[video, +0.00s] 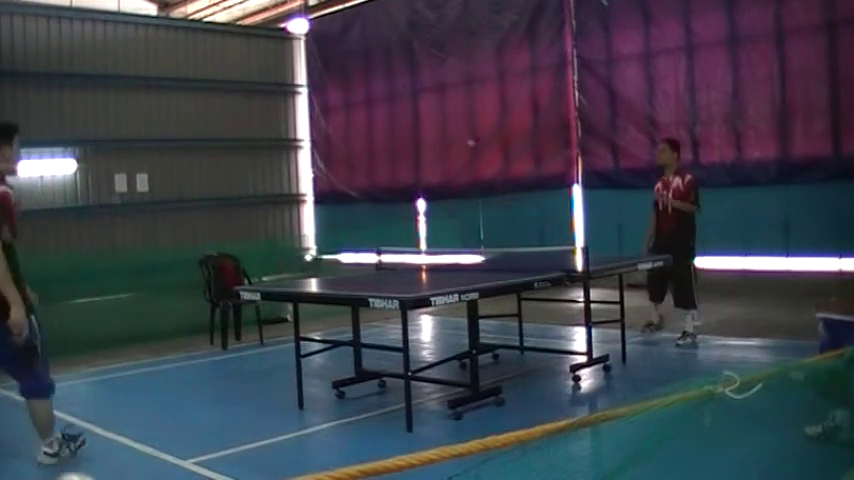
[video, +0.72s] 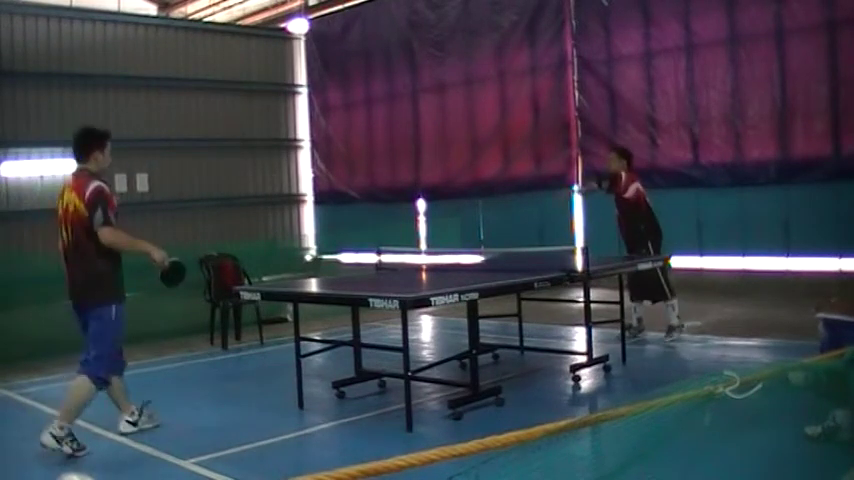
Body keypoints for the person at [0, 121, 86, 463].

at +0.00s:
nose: (16, 159)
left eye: (15, 151)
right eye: (12, 152)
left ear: (9, 152)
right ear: (0, 153)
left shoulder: (7, 195)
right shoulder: (4, 197)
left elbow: (6, 251)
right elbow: (2, 254)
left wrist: (23, 288)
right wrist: (13, 302)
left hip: (12, 298)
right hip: (9, 302)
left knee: (33, 371)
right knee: (33, 371)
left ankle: (51, 441)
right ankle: (50, 443)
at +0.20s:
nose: (52, 156)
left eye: (50, 149)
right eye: (49, 149)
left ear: (21, 152)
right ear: (38, 152)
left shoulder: (6, 188)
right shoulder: (40, 197)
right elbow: (41, 253)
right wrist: (59, 304)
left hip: (9, 299)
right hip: (39, 301)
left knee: (12, 375)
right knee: (60, 374)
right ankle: (52, 442)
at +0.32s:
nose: (65, 151)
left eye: (63, 144)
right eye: (62, 144)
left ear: (33, 147)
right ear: (52, 147)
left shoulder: (10, 188)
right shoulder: (56, 189)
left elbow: (6, 244)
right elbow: (65, 241)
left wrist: (10, 283)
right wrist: (91, 284)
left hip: (20, 288)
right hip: (53, 288)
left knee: (43, 355)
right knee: (61, 364)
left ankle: (21, 416)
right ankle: (53, 442)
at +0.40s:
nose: (73, 150)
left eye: (72, 143)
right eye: (71, 144)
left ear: (42, 147)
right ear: (61, 146)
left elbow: (6, 241)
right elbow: (81, 237)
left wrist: (5, 280)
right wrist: (115, 270)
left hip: (34, 287)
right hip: (64, 289)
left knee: (61, 359)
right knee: (63, 365)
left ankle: (59, 429)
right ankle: (53, 442)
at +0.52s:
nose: (88, 152)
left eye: (87, 145)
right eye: (86, 146)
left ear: (58, 150)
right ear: (74, 149)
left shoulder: (38, 189)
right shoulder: (78, 187)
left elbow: (24, 236)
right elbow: (95, 231)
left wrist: (18, 286)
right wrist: (134, 251)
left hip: (48, 289)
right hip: (77, 290)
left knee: (85, 356)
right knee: (69, 365)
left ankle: (109, 414)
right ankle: (52, 441)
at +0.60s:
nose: (95, 155)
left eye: (94, 149)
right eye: (94, 150)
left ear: (66, 153)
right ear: (84, 152)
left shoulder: (51, 188)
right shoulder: (85, 188)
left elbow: (38, 242)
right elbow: (101, 232)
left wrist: (38, 287)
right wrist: (144, 247)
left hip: (58, 289)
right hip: (86, 292)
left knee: (97, 356)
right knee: (79, 364)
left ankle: (122, 413)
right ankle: (53, 440)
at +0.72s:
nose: (110, 157)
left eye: (109, 151)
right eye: (108, 151)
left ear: (83, 155)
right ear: (96, 154)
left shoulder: (69, 187)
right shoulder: (96, 188)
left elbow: (67, 241)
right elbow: (106, 234)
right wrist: (150, 249)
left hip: (82, 289)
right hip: (103, 290)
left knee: (109, 356)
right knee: (99, 363)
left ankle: (130, 414)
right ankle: (59, 428)